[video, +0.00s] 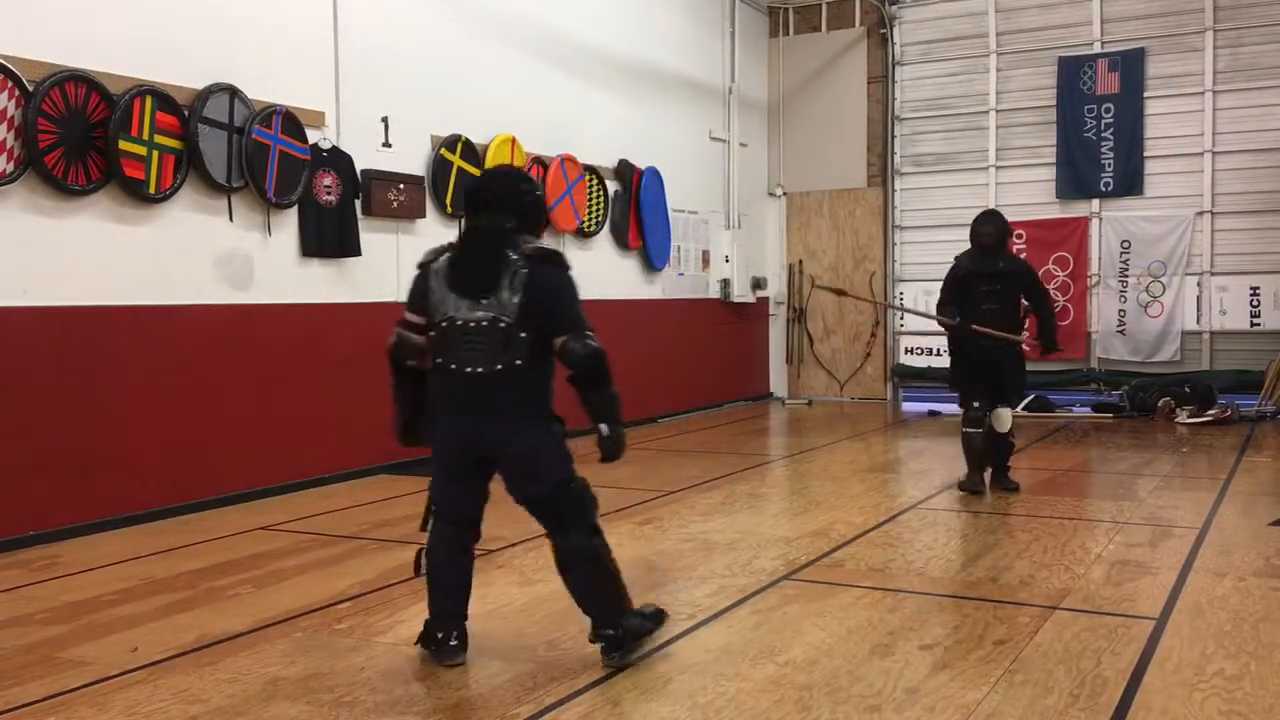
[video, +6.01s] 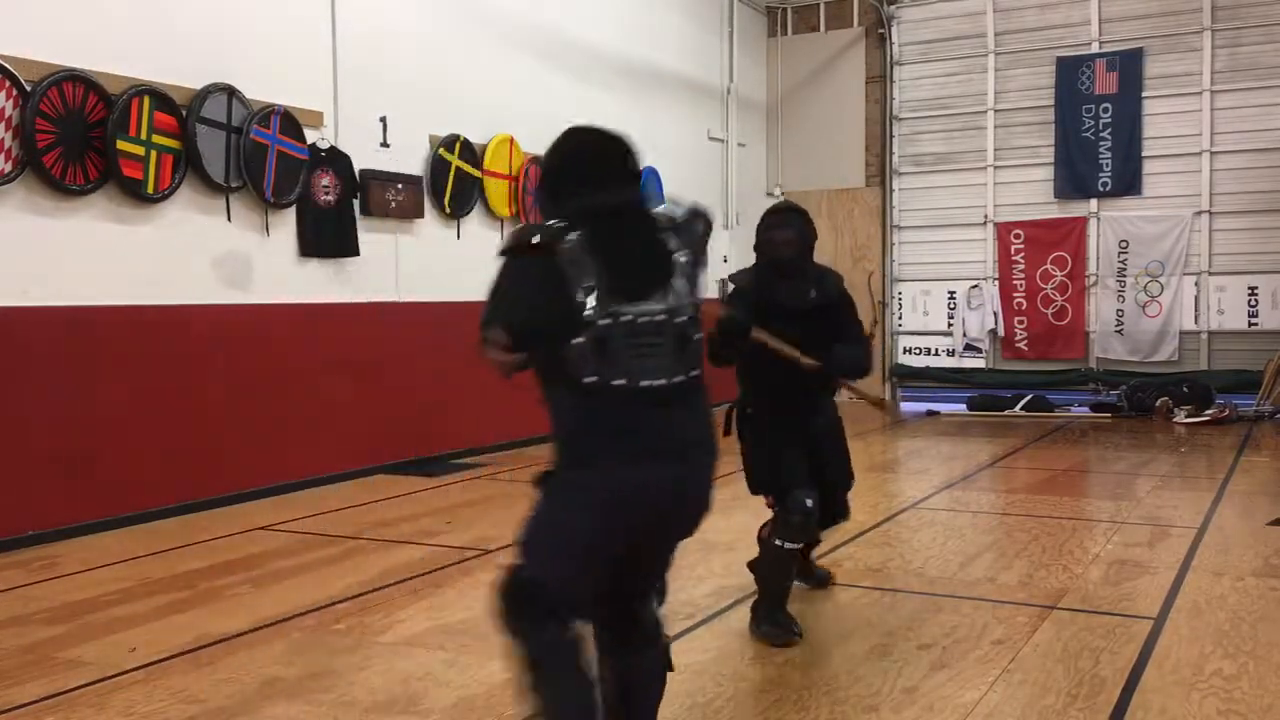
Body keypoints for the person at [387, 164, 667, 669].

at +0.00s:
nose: (544, 219)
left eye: (540, 209)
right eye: (538, 209)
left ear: (475, 212)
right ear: (526, 215)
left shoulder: (435, 268)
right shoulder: (542, 270)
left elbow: (409, 346)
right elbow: (581, 352)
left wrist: (411, 412)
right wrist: (607, 416)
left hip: (454, 423)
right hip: (521, 424)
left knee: (451, 526)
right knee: (570, 519)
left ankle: (445, 633)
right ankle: (614, 623)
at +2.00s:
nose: (287, 249)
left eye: (283, 239)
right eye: (281, 240)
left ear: (229, 243)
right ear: (264, 245)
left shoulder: (211, 280)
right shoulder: (247, 290)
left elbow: (262, 356)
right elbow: (234, 364)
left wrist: (286, 319)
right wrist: (242, 421)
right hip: (196, 421)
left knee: (264, 483)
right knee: (177, 516)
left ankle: (285, 574)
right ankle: (102, 610)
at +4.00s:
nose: (397, 246)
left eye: (394, 235)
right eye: (392, 236)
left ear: (310, 235)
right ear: (373, 239)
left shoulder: (261, 288)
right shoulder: (377, 293)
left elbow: (243, 383)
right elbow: (423, 404)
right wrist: (447, 482)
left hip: (231, 467)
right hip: (320, 476)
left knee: (265, 560)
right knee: (380, 579)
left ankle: (251, 688)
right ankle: (355, 705)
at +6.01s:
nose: (546, 195)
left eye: (550, 185)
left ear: (556, 191)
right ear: (633, 182)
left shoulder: (547, 263)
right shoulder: (676, 239)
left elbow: (502, 346)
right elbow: (697, 215)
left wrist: (522, 253)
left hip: (600, 476)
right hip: (686, 471)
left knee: (537, 601)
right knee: (629, 603)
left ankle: (573, 707)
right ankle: (632, 708)